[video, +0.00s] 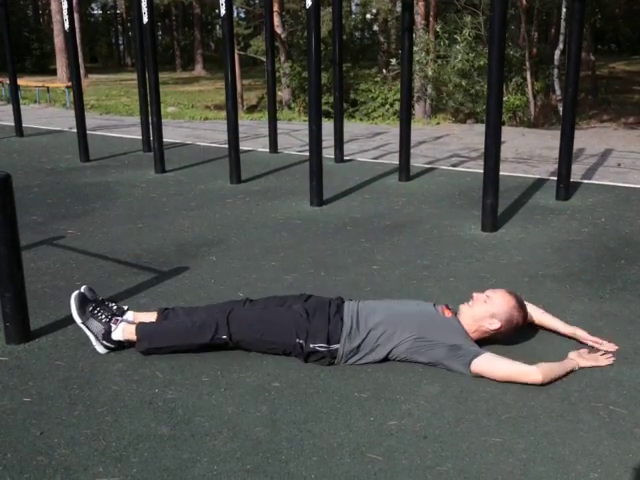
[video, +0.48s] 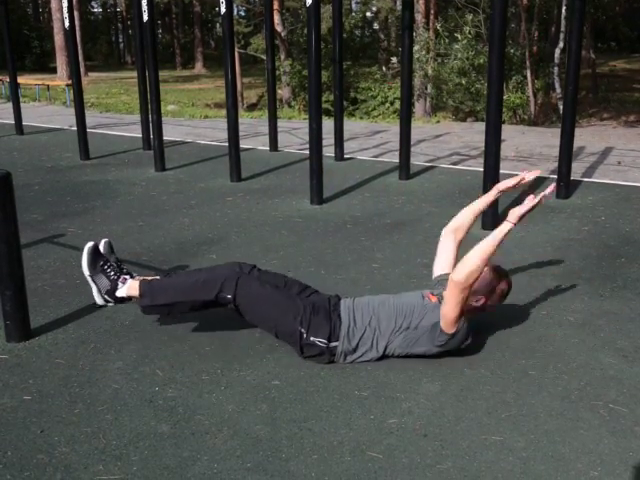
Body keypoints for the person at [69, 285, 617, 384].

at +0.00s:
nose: (486, 294)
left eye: (495, 301)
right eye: (493, 295)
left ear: (492, 325)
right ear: (480, 305)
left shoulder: (454, 341)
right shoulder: (449, 315)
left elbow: (521, 373)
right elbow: (522, 304)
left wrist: (571, 360)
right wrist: (576, 335)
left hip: (321, 331)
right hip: (322, 309)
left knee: (223, 322)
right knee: (223, 310)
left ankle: (120, 335)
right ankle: (124, 319)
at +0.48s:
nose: (468, 268)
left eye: (477, 272)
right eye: (473, 266)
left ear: (483, 293)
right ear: (470, 281)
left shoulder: (452, 323)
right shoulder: (445, 296)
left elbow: (473, 263)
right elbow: (450, 235)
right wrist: (495, 192)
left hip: (327, 329)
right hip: (328, 308)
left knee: (233, 279)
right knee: (237, 274)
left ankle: (124, 289)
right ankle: (136, 284)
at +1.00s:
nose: (361, 230)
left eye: (367, 226)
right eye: (364, 223)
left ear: (386, 234)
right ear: (389, 232)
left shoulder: (395, 259)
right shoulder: (396, 250)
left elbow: (329, 214)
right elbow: (338, 193)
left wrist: (277, 157)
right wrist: (289, 147)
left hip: (333, 338)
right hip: (339, 319)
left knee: (311, 237)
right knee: (310, 231)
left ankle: (223, 154)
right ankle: (228, 151)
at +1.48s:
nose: (485, 288)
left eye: (492, 294)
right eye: (492, 288)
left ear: (488, 320)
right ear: (485, 299)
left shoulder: (457, 336)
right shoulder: (453, 307)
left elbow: (521, 353)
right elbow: (503, 271)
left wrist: (575, 326)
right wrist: (563, 279)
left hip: (330, 329)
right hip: (332, 307)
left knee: (236, 291)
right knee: (238, 280)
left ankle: (123, 310)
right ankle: (131, 297)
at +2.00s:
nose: (489, 294)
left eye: (499, 299)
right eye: (496, 294)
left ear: (498, 322)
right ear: (488, 303)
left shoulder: (462, 338)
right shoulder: (457, 312)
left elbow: (525, 342)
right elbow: (515, 285)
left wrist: (583, 331)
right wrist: (574, 303)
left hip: (325, 329)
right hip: (327, 308)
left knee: (229, 310)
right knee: (230, 297)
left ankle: (122, 329)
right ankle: (128, 316)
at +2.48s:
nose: (374, 225)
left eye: (382, 222)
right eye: (378, 219)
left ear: (404, 236)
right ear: (406, 235)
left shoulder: (397, 265)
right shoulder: (402, 250)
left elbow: (331, 222)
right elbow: (348, 191)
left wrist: (291, 159)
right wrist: (312, 140)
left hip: (327, 336)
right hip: (335, 318)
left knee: (295, 232)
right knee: (296, 224)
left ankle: (197, 169)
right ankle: (197, 169)